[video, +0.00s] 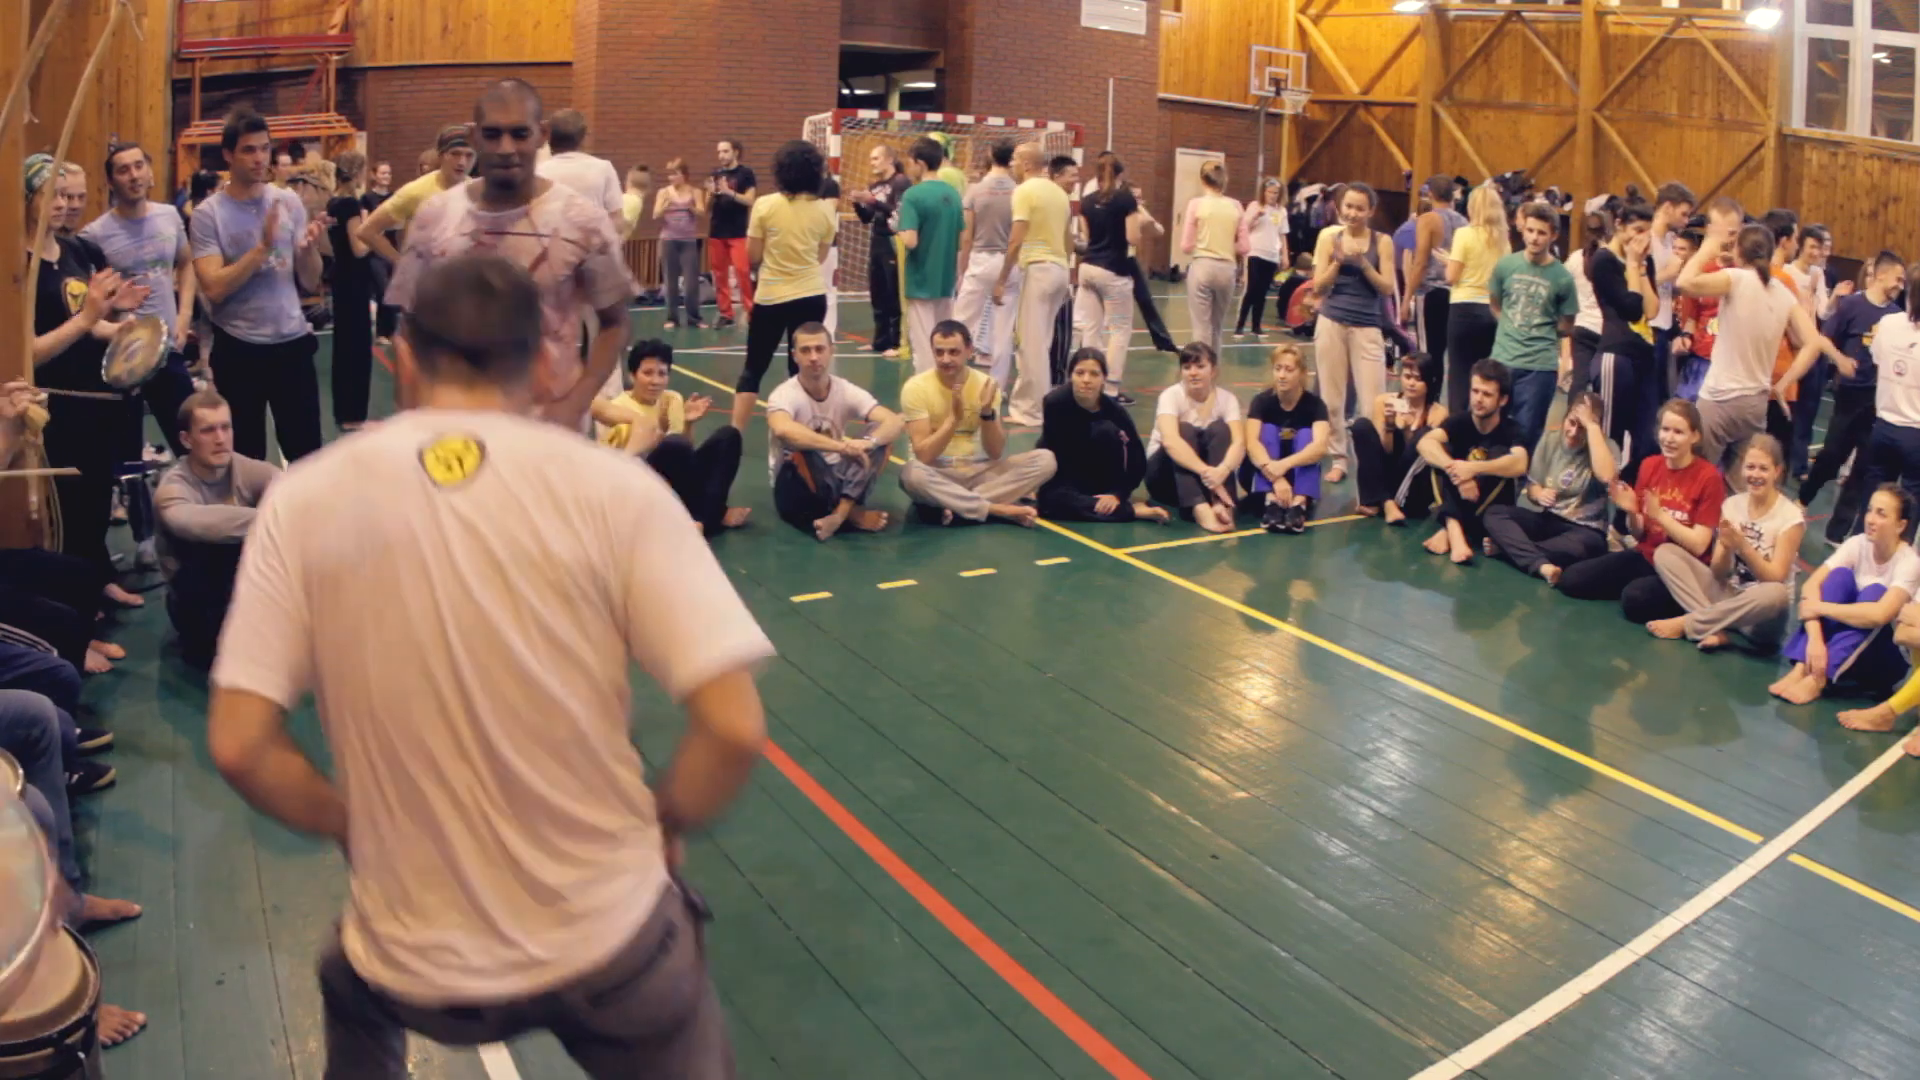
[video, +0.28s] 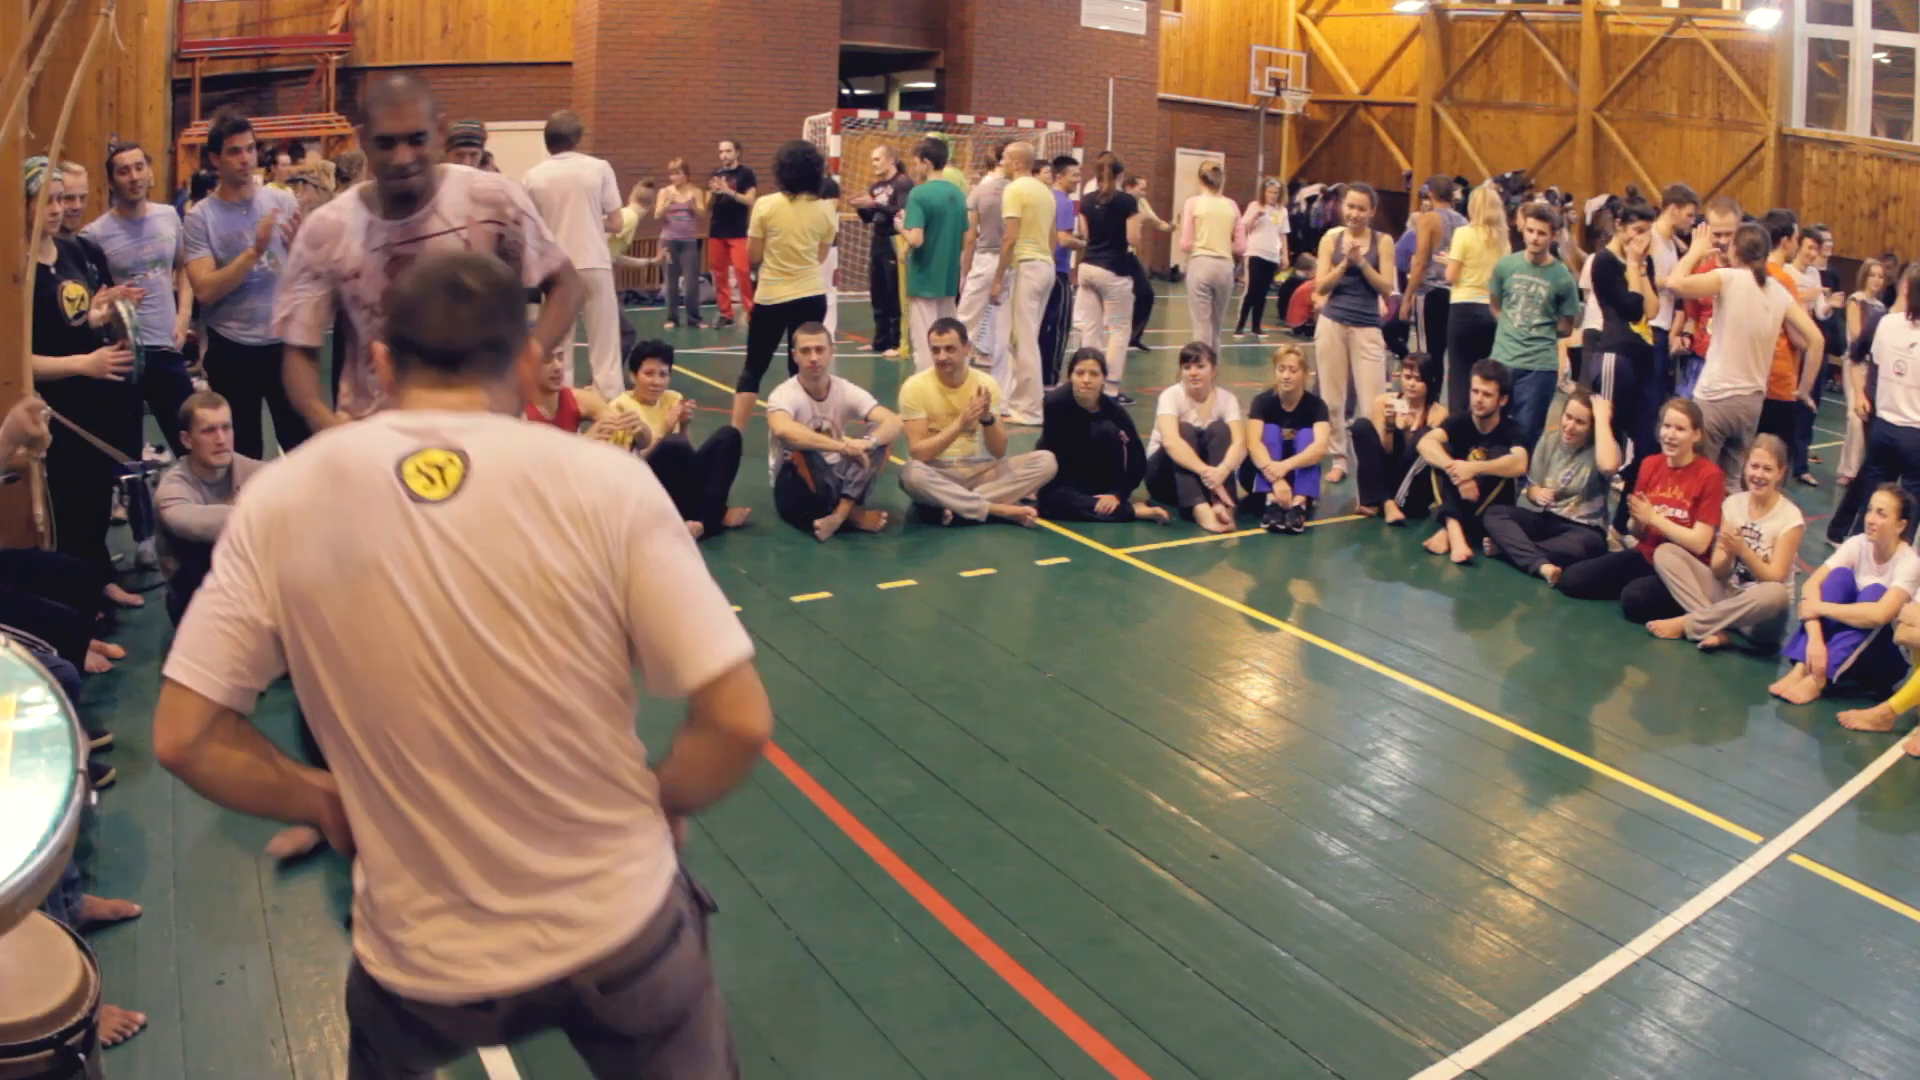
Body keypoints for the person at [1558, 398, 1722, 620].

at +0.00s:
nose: (1669, 438)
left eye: (1678, 432)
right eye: (1665, 429)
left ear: (1695, 437)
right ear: (1658, 431)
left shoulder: (1709, 477)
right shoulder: (1649, 465)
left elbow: (1698, 545)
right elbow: (1638, 533)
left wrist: (1660, 514)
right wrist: (1631, 511)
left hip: (1682, 567)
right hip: (1646, 556)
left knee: (1634, 601)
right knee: (1570, 581)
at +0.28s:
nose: (1670, 435)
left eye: (1680, 429)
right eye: (1666, 426)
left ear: (1696, 436)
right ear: (1659, 428)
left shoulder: (1710, 475)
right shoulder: (1650, 464)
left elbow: (1699, 543)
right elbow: (1635, 531)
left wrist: (1651, 518)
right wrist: (1638, 517)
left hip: (1682, 566)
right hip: (1645, 556)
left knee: (1634, 601)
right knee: (1571, 581)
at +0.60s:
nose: (1669, 435)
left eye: (1678, 429)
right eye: (1665, 427)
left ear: (1696, 434)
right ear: (1658, 430)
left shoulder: (1711, 476)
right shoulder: (1651, 465)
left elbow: (1697, 544)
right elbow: (1639, 533)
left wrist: (1653, 517)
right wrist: (1641, 516)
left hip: (1683, 566)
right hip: (1647, 555)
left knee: (1634, 601)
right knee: (1571, 581)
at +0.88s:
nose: (1671, 436)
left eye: (1679, 429)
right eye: (1666, 428)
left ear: (1696, 434)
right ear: (1658, 431)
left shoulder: (1711, 476)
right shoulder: (1651, 465)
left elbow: (1698, 544)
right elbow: (1639, 534)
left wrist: (1653, 519)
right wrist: (1641, 520)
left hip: (1684, 566)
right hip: (1647, 555)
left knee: (1634, 601)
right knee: (1570, 581)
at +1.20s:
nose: (1667, 435)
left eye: (1676, 428)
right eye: (1663, 427)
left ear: (1695, 433)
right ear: (1657, 430)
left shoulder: (1712, 476)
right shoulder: (1652, 465)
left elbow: (1700, 545)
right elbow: (1639, 534)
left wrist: (1654, 520)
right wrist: (1641, 520)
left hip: (1684, 567)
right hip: (1647, 555)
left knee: (1634, 601)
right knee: (1570, 581)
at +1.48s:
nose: (1669, 436)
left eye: (1678, 429)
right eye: (1664, 428)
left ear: (1696, 434)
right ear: (1657, 431)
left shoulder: (1712, 477)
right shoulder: (1652, 466)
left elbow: (1701, 545)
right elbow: (1641, 533)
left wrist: (1661, 520)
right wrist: (1633, 515)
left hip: (1683, 567)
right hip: (1647, 556)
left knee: (1634, 601)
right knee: (1570, 581)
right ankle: (1636, 580)